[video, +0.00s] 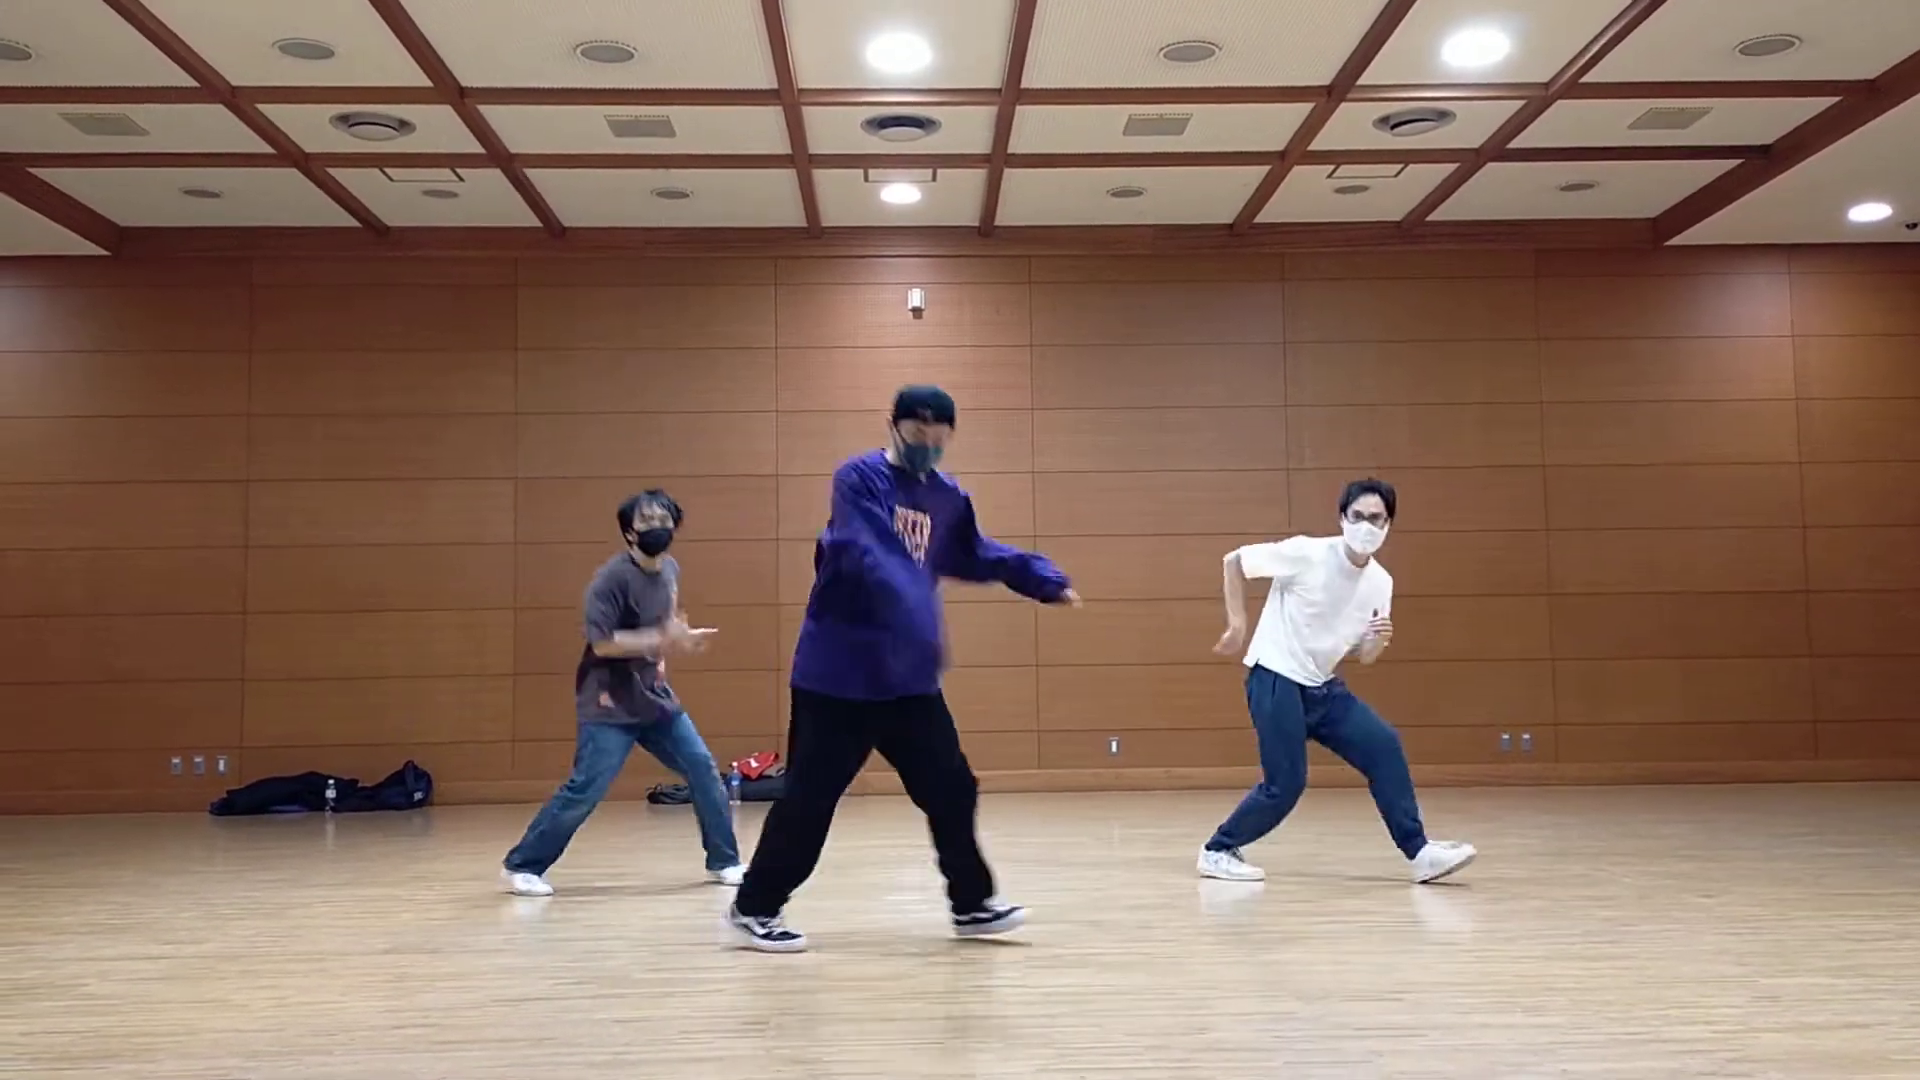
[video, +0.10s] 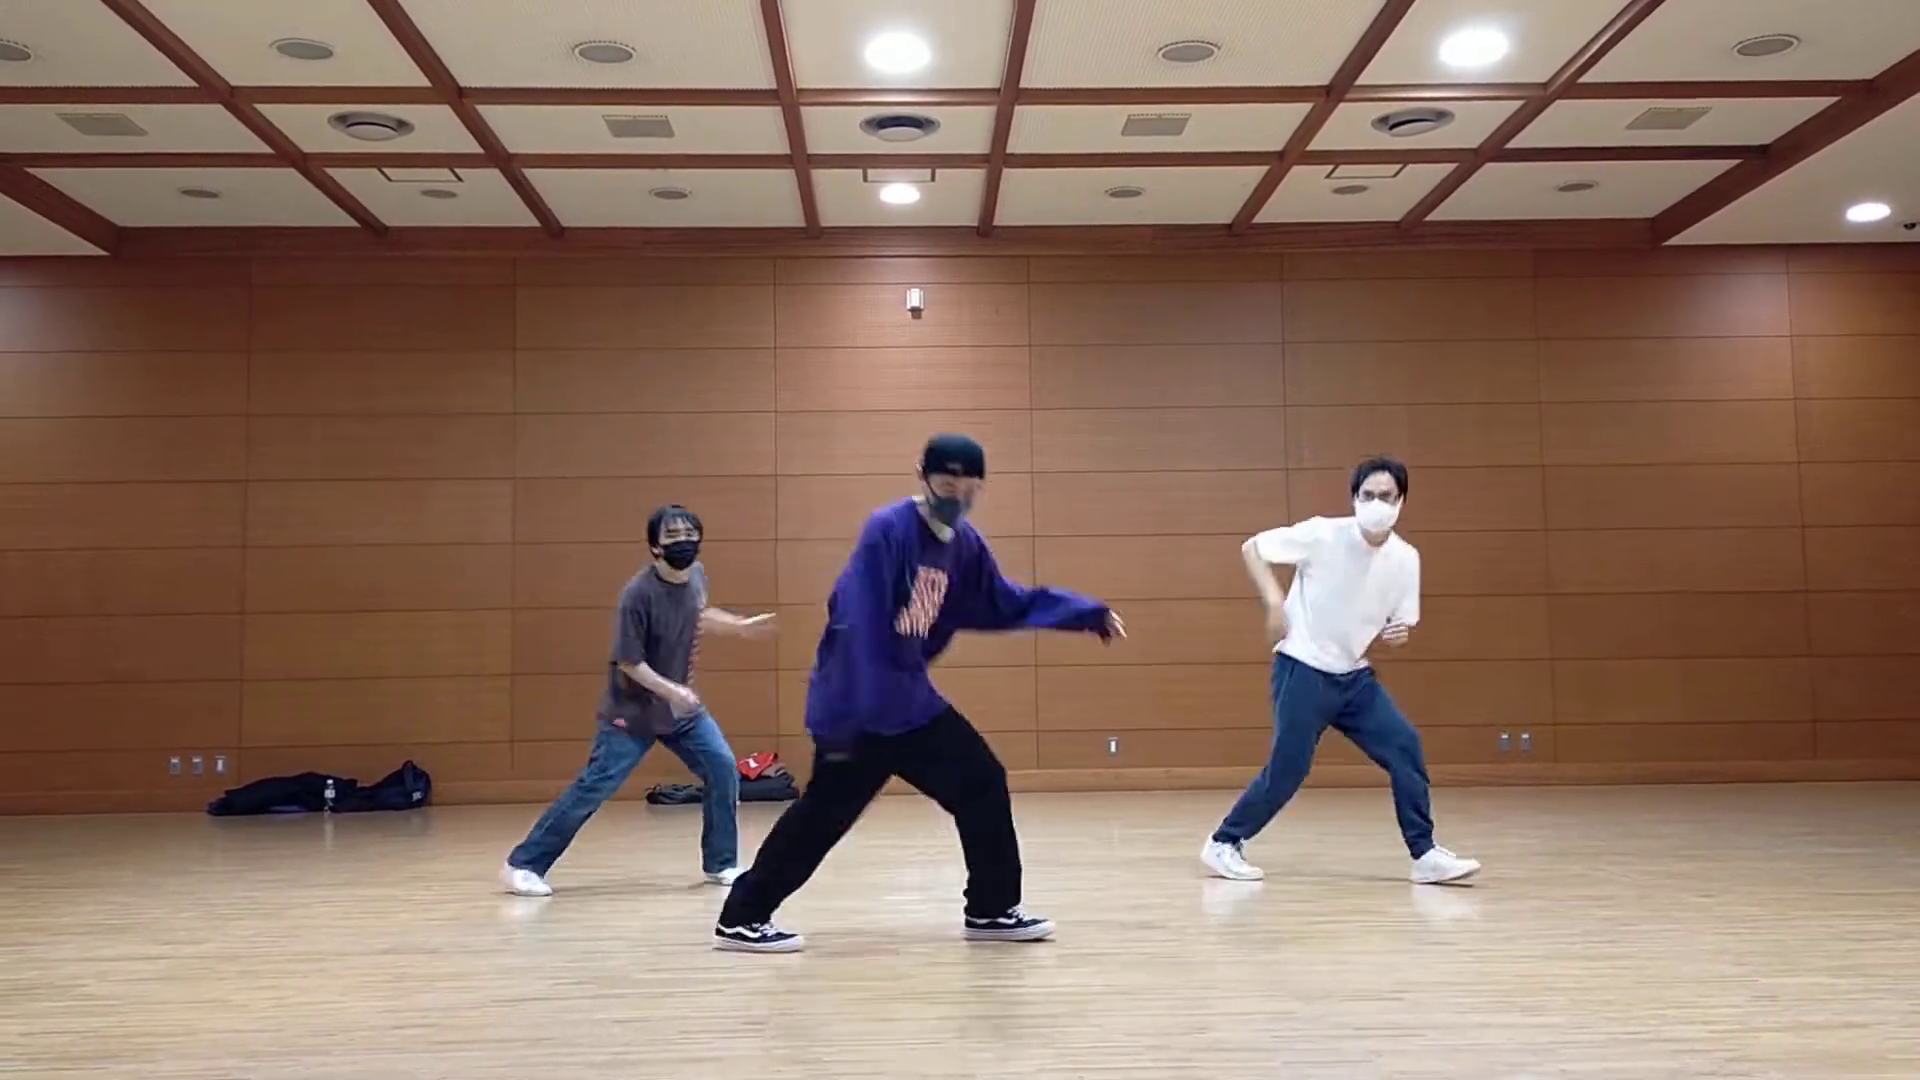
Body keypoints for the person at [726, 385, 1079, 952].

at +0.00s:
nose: (926, 432)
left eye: (937, 424)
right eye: (916, 421)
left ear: (950, 435)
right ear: (894, 426)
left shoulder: (949, 499)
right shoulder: (859, 479)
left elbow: (971, 555)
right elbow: (862, 551)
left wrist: (1038, 575)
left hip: (906, 678)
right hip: (837, 677)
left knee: (951, 789)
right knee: (809, 798)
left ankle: (972, 905)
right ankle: (753, 909)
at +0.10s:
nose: (958, 489)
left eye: (968, 480)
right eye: (947, 477)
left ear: (978, 485)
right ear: (925, 475)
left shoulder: (966, 546)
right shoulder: (889, 531)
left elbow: (1002, 604)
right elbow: (861, 617)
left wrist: (1085, 613)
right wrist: (863, 712)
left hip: (907, 697)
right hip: (858, 699)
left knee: (982, 784)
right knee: (824, 813)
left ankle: (991, 910)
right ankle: (741, 917)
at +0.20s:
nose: (992, 495)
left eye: (1002, 485)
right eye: (980, 483)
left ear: (1012, 490)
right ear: (959, 484)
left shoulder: (1005, 544)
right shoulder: (910, 531)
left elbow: (1022, 621)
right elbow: (843, 598)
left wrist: (1075, 668)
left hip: (947, 683)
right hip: (890, 681)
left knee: (1005, 783)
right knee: (884, 786)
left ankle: (991, 910)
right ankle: (787, 887)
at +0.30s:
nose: (1007, 484)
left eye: (1018, 475)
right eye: (997, 472)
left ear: (1029, 478)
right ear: (975, 470)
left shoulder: (1030, 530)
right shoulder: (923, 516)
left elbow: (1035, 613)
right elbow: (842, 562)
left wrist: (1044, 678)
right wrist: (766, 600)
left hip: (987, 676)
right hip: (927, 670)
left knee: (1025, 785)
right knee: (939, 769)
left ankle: (991, 910)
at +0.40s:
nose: (1019, 471)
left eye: (1029, 462)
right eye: (1009, 460)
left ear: (1039, 464)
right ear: (987, 458)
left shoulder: (1046, 517)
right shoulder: (936, 502)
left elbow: (1055, 599)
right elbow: (859, 538)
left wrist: (1048, 670)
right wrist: (795, 570)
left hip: (1024, 677)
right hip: (955, 674)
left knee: (1031, 799)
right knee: (975, 784)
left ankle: (991, 909)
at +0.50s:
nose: (1025, 464)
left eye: (1035, 455)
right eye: (1015, 454)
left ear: (1047, 457)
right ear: (994, 452)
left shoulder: (1064, 514)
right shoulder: (953, 498)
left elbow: (1075, 592)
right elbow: (898, 551)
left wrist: (1083, 651)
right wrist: (867, 590)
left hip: (1044, 676)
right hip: (975, 679)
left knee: (1041, 794)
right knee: (1002, 794)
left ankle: (1006, 900)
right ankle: (1086, 862)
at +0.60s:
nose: (1027, 463)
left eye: (1038, 455)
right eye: (1017, 453)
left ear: (1052, 460)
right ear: (1000, 458)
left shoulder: (1076, 524)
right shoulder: (970, 519)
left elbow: (1100, 590)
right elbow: (951, 598)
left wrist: (1102, 609)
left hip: (1067, 677)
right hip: (1000, 683)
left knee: (1065, 784)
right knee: (1037, 797)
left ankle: (1059, 879)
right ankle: (1113, 887)